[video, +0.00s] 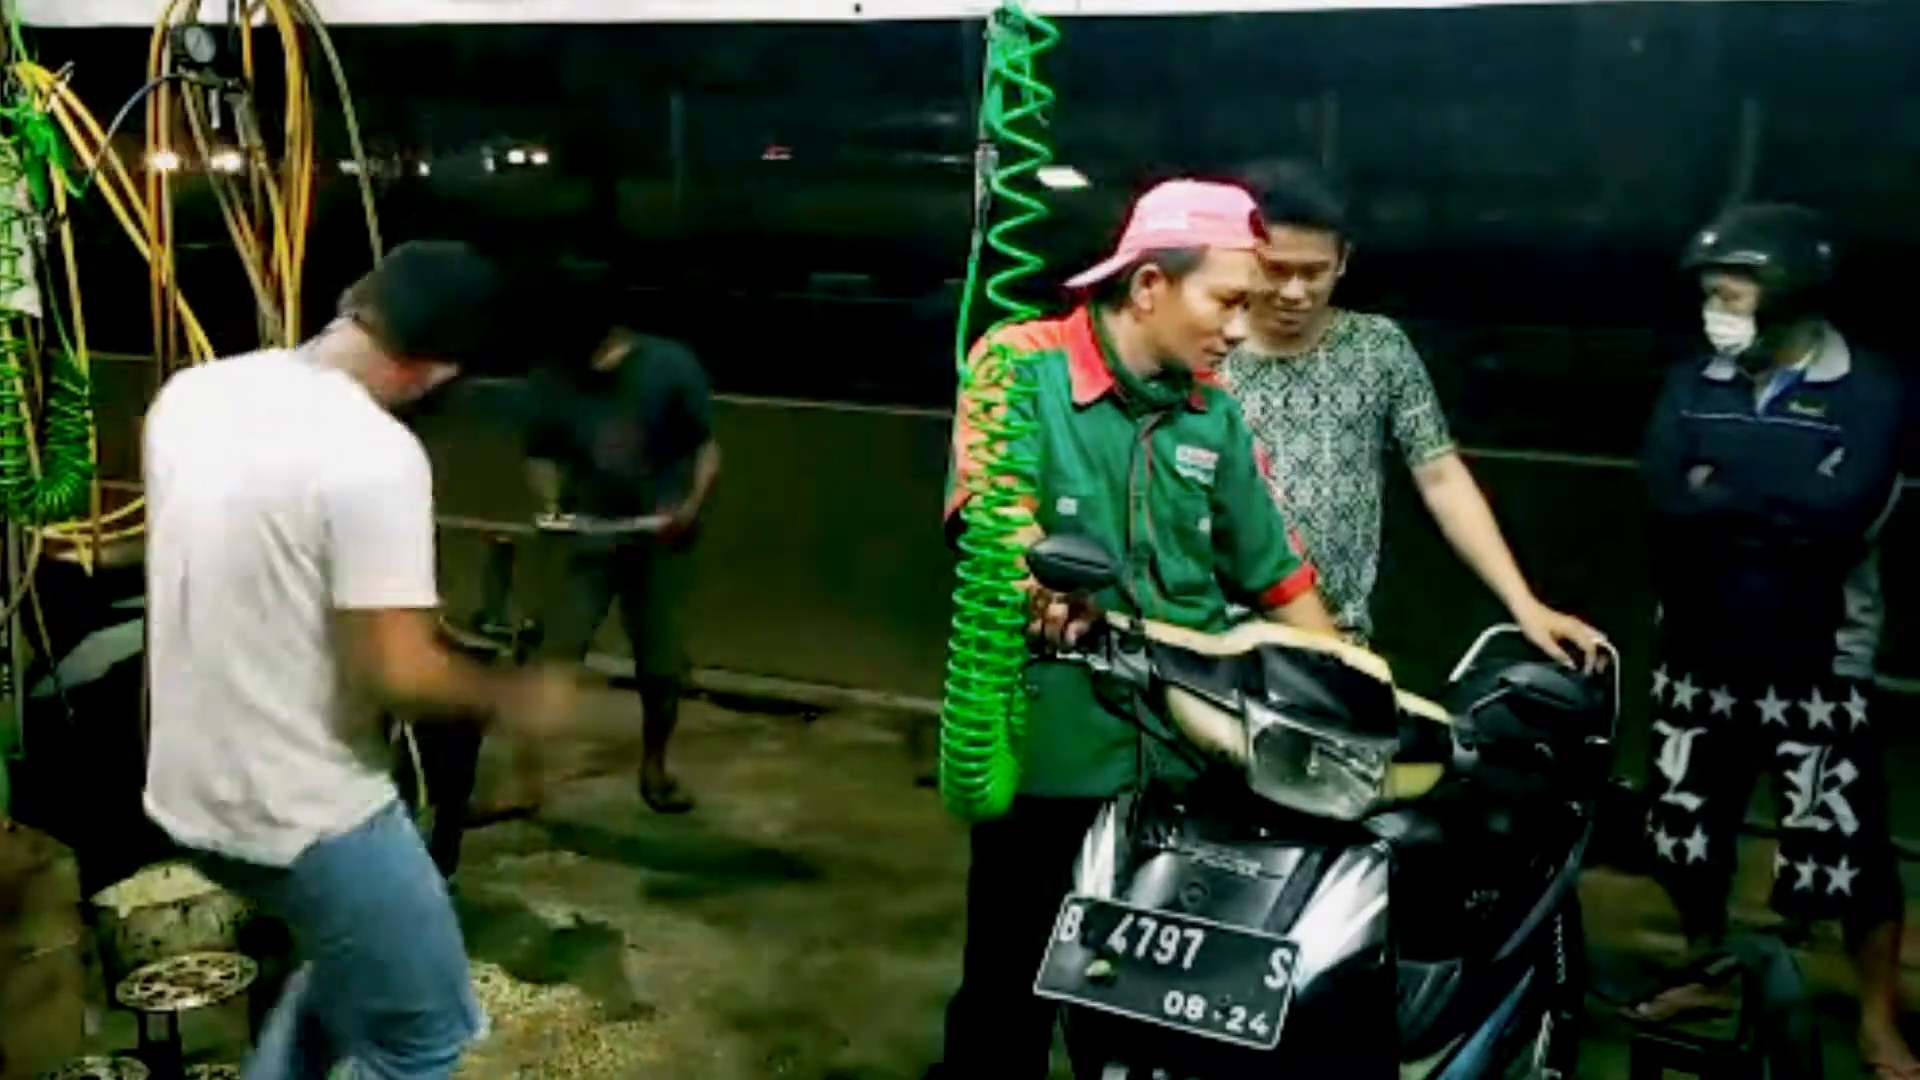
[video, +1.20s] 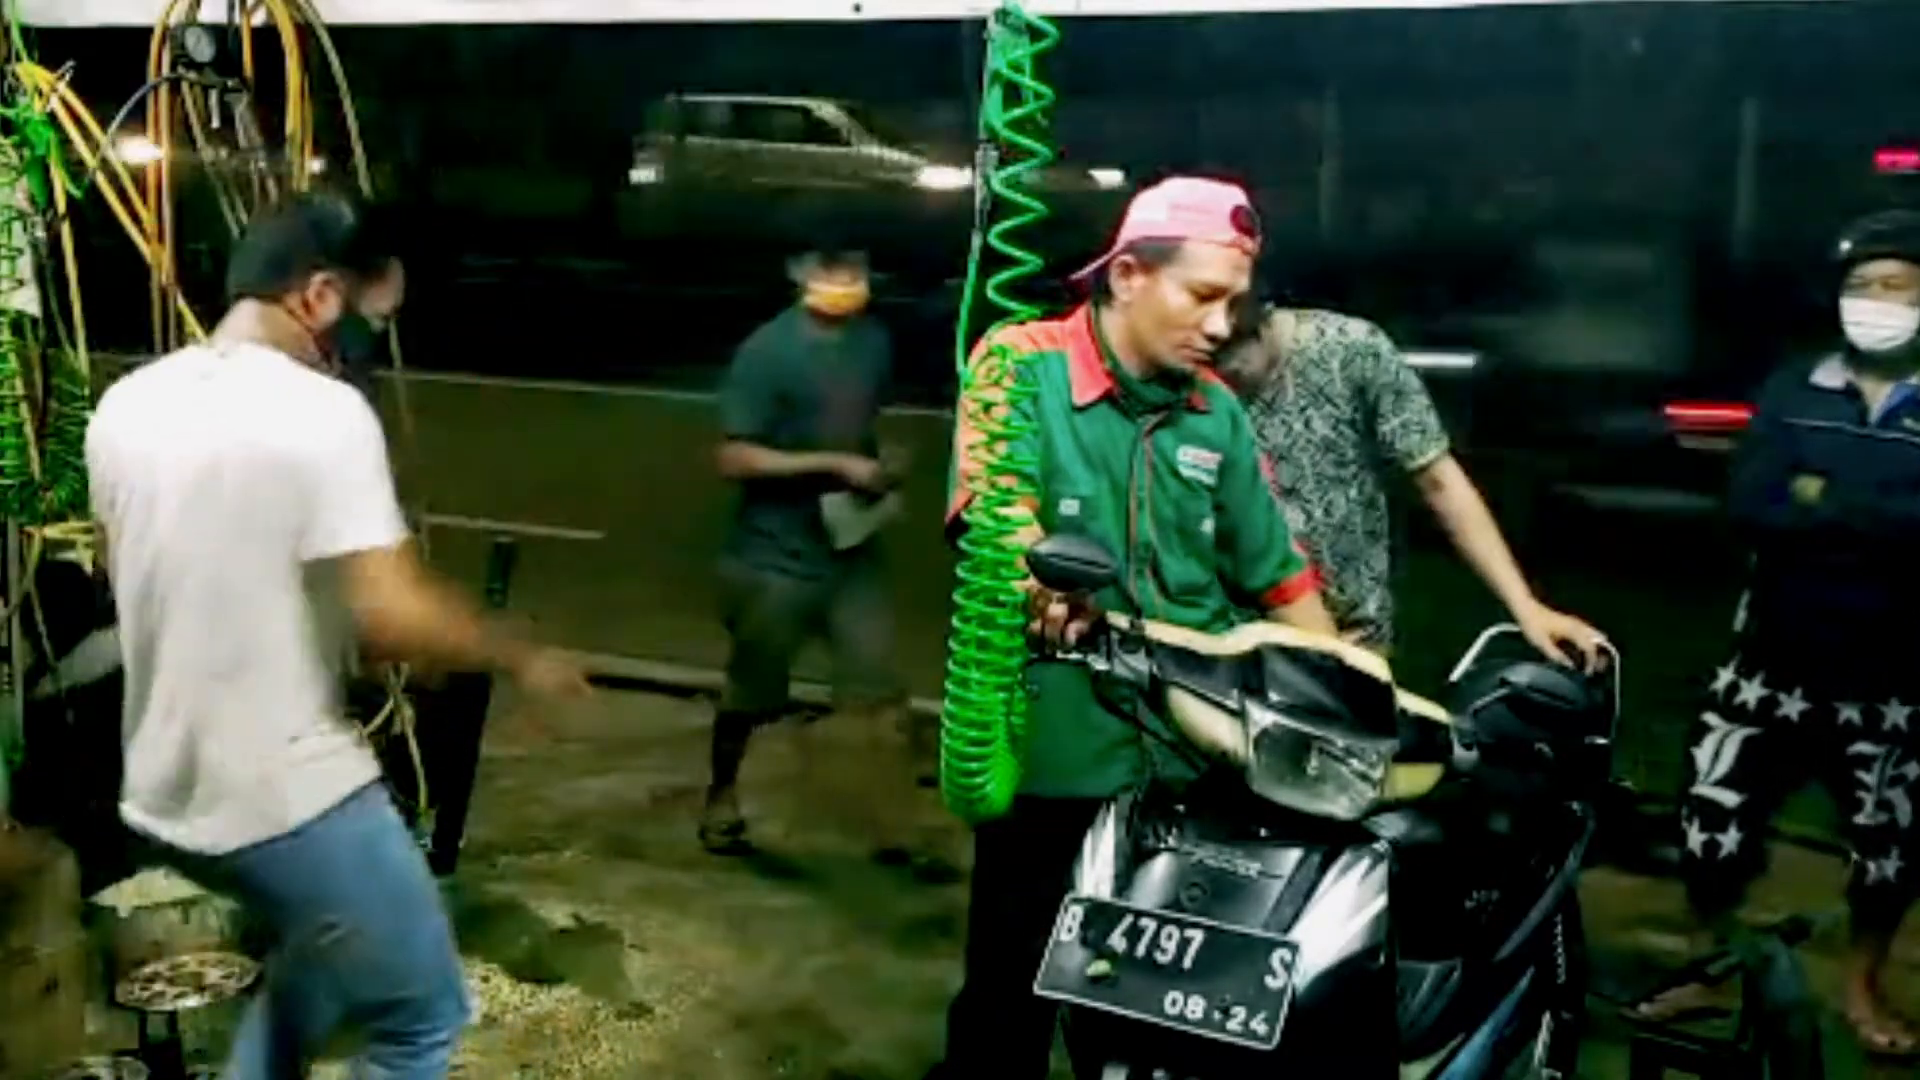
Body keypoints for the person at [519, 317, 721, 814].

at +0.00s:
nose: (595, 356)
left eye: (599, 346)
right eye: (584, 350)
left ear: (616, 330)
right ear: (568, 342)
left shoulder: (669, 369)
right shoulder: (554, 379)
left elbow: (707, 448)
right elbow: (540, 454)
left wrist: (687, 509)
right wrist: (549, 506)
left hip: (656, 541)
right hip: (585, 540)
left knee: (662, 666)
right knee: (555, 656)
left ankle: (655, 770)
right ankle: (527, 783)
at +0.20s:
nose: (642, 326)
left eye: (651, 315)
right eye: (631, 317)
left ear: (665, 305)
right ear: (612, 311)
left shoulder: (703, 356)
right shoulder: (585, 362)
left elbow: (734, 427)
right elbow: (556, 447)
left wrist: (743, 482)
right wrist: (556, 519)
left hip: (684, 531)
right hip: (609, 530)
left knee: (674, 663)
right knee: (600, 662)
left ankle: (657, 774)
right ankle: (592, 787)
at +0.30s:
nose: (657, 322)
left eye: (665, 309)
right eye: (646, 312)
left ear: (681, 301)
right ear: (629, 306)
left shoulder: (716, 351)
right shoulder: (605, 357)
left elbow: (741, 421)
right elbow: (563, 441)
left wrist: (772, 455)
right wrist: (558, 521)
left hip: (699, 528)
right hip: (629, 528)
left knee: (690, 657)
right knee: (644, 656)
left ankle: (653, 770)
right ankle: (650, 781)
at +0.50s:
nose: (693, 340)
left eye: (701, 326)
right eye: (679, 331)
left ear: (716, 315)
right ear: (657, 326)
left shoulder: (745, 357)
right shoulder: (629, 373)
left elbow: (766, 427)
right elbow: (591, 457)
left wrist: (767, 480)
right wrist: (639, 512)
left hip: (719, 531)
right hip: (651, 533)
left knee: (687, 659)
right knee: (698, 658)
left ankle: (655, 765)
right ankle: (719, 804)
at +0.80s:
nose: (739, 319)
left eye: (747, 303)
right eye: (725, 307)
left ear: (761, 297)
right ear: (701, 303)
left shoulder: (780, 341)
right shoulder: (669, 359)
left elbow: (799, 418)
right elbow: (635, 453)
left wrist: (791, 465)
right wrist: (725, 476)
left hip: (750, 525)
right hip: (678, 528)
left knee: (773, 655)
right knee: (714, 662)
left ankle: (706, 765)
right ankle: (715, 804)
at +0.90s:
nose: (768, 306)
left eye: (773, 292)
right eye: (754, 294)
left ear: (784, 289)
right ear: (720, 289)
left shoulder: (794, 340)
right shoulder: (687, 354)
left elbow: (808, 424)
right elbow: (654, 451)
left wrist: (804, 471)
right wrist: (750, 467)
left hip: (774, 541)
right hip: (705, 544)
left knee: (803, 671)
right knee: (719, 684)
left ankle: (789, 804)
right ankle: (719, 807)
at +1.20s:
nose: (843, 287)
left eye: (853, 276)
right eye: (830, 275)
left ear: (868, 283)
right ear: (803, 279)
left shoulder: (870, 344)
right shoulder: (769, 351)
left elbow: (864, 429)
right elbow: (733, 455)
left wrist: (879, 471)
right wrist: (836, 464)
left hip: (850, 553)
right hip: (772, 553)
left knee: (875, 686)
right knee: (753, 687)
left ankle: (888, 824)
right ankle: (722, 798)